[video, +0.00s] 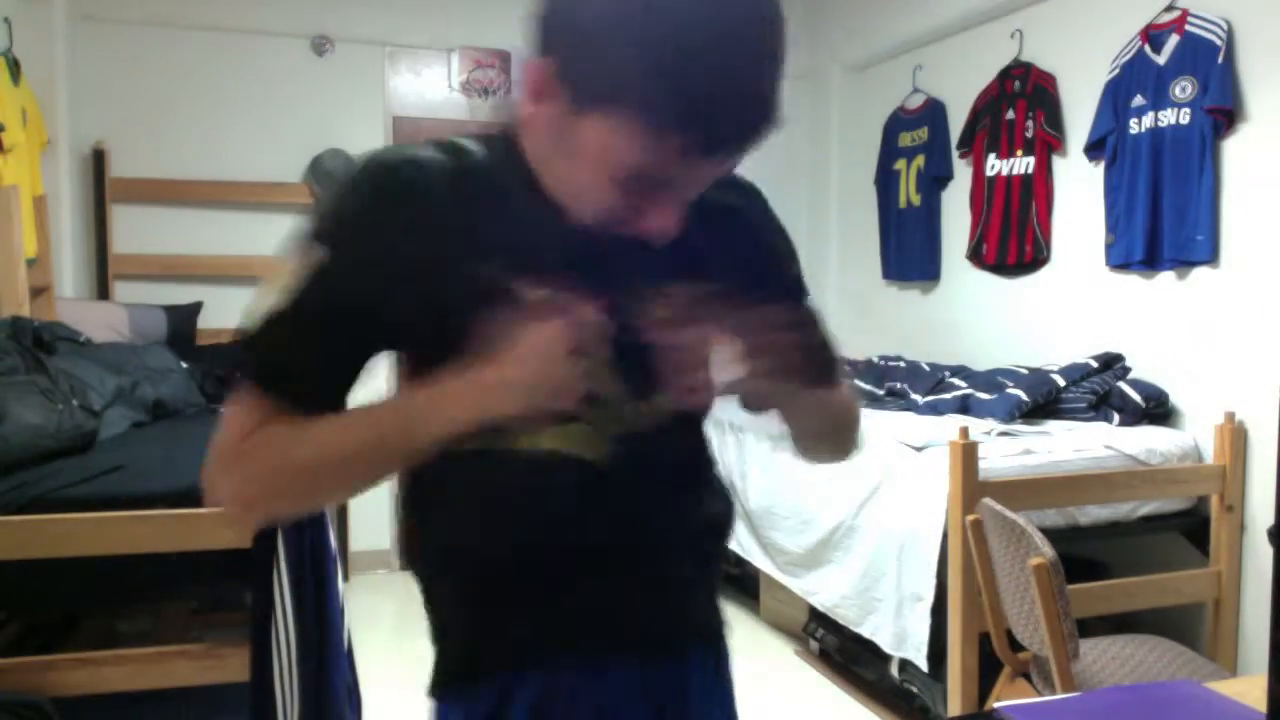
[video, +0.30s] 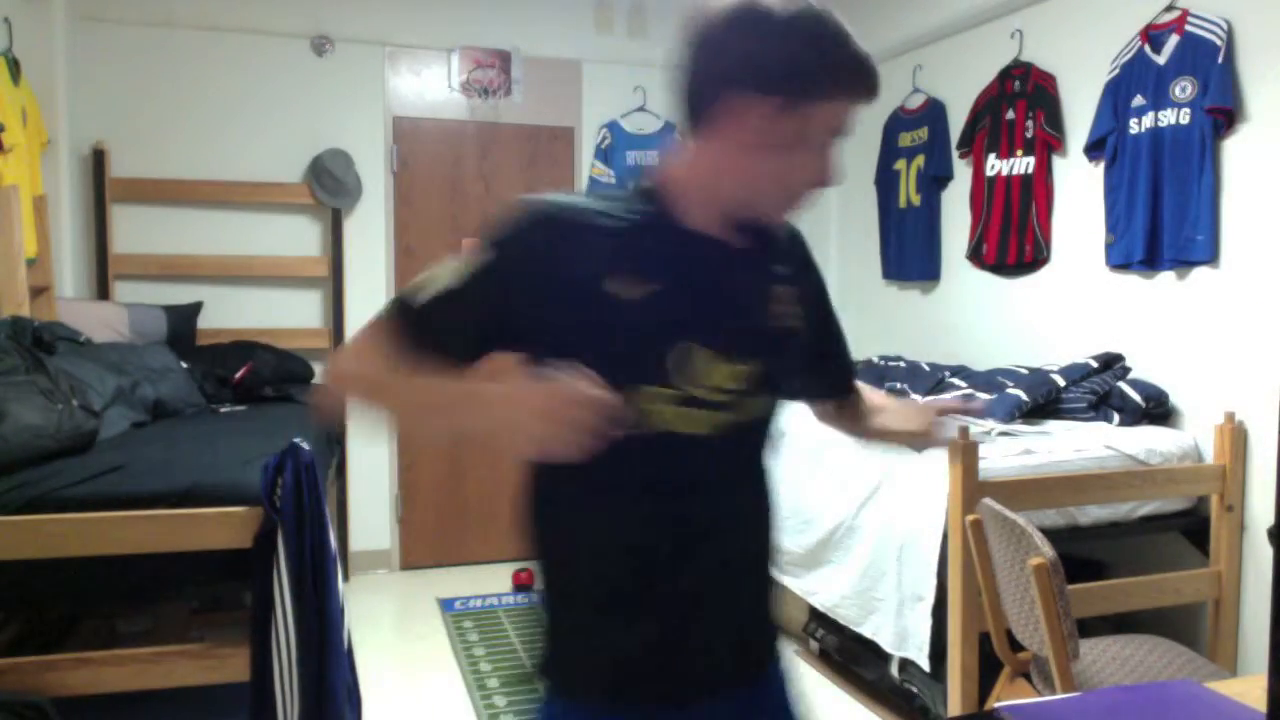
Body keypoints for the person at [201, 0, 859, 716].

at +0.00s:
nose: (666, 226)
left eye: (700, 192)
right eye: (640, 185)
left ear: (726, 151)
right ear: (540, 95)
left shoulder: (727, 218)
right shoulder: (411, 206)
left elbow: (836, 436)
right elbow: (242, 480)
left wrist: (774, 378)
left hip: (681, 667)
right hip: (501, 678)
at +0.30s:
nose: (830, 174)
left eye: (836, 143)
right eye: (822, 140)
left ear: (758, 118)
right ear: (747, 115)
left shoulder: (777, 258)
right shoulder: (555, 243)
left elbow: (841, 401)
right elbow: (358, 364)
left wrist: (918, 419)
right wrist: (498, 408)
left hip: (742, 676)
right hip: (600, 682)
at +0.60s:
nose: (859, 72)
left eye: (857, 53)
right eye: (856, 51)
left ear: (755, 55)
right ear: (827, 49)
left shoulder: (694, 163)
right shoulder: (847, 163)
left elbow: (651, 329)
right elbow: (868, 347)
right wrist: (808, 311)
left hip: (689, 476)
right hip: (789, 480)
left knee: (715, 669)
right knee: (801, 684)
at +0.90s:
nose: (675, 209)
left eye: (682, 195)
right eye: (675, 194)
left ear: (718, 199)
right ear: (732, 200)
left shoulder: (704, 290)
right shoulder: (811, 283)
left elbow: (714, 443)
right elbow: (843, 406)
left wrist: (663, 462)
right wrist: (774, 425)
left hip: (746, 532)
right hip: (820, 521)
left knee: (679, 681)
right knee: (804, 671)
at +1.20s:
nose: (602, 185)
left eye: (619, 170)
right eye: (597, 169)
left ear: (658, 174)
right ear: (590, 170)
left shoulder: (675, 249)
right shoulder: (638, 247)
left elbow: (764, 340)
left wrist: (688, 409)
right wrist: (644, 402)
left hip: (719, 474)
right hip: (675, 467)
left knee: (684, 655)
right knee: (646, 597)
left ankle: (730, 718)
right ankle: (694, 695)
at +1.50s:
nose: (610, 125)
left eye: (623, 112)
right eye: (601, 111)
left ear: (653, 115)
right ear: (590, 116)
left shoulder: (677, 187)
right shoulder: (585, 191)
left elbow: (671, 284)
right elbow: (562, 270)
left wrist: (626, 192)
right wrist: (543, 192)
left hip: (674, 378)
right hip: (614, 377)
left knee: (690, 529)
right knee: (625, 526)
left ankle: (722, 694)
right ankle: (632, 664)